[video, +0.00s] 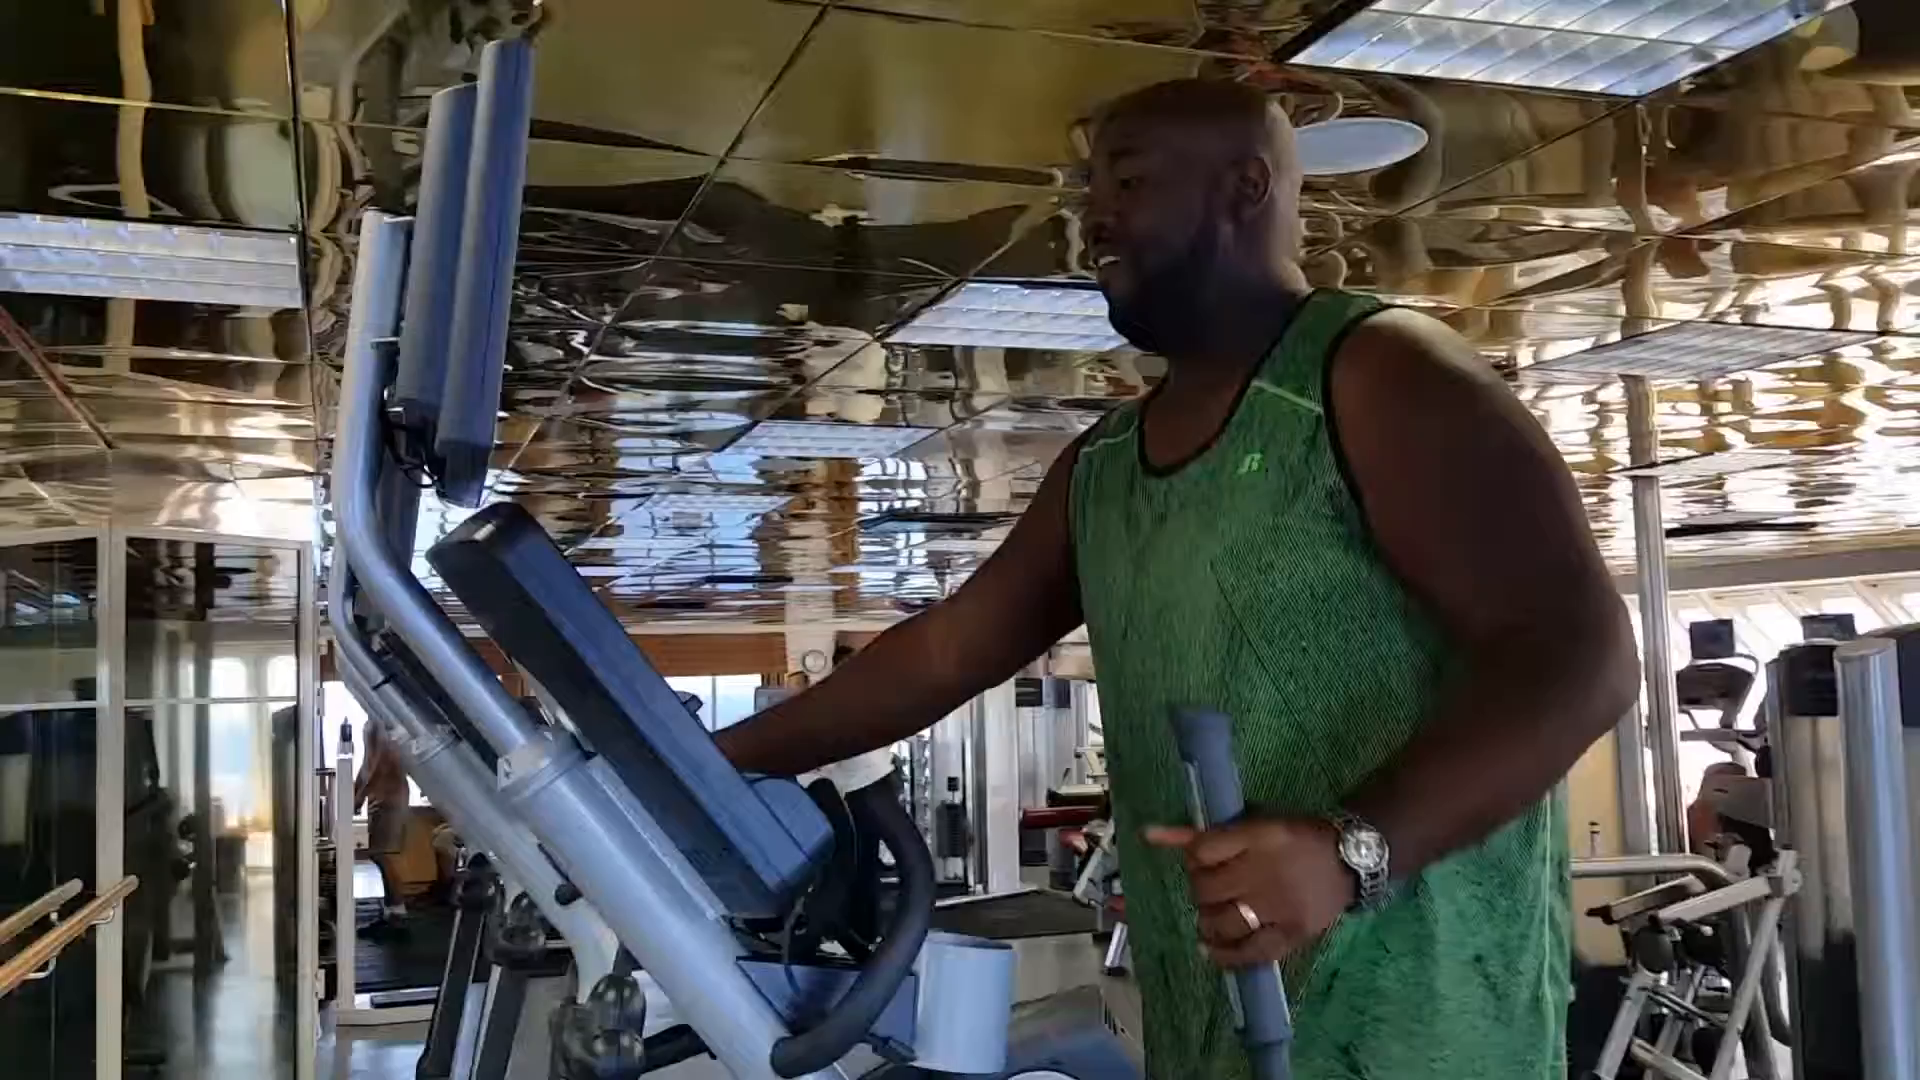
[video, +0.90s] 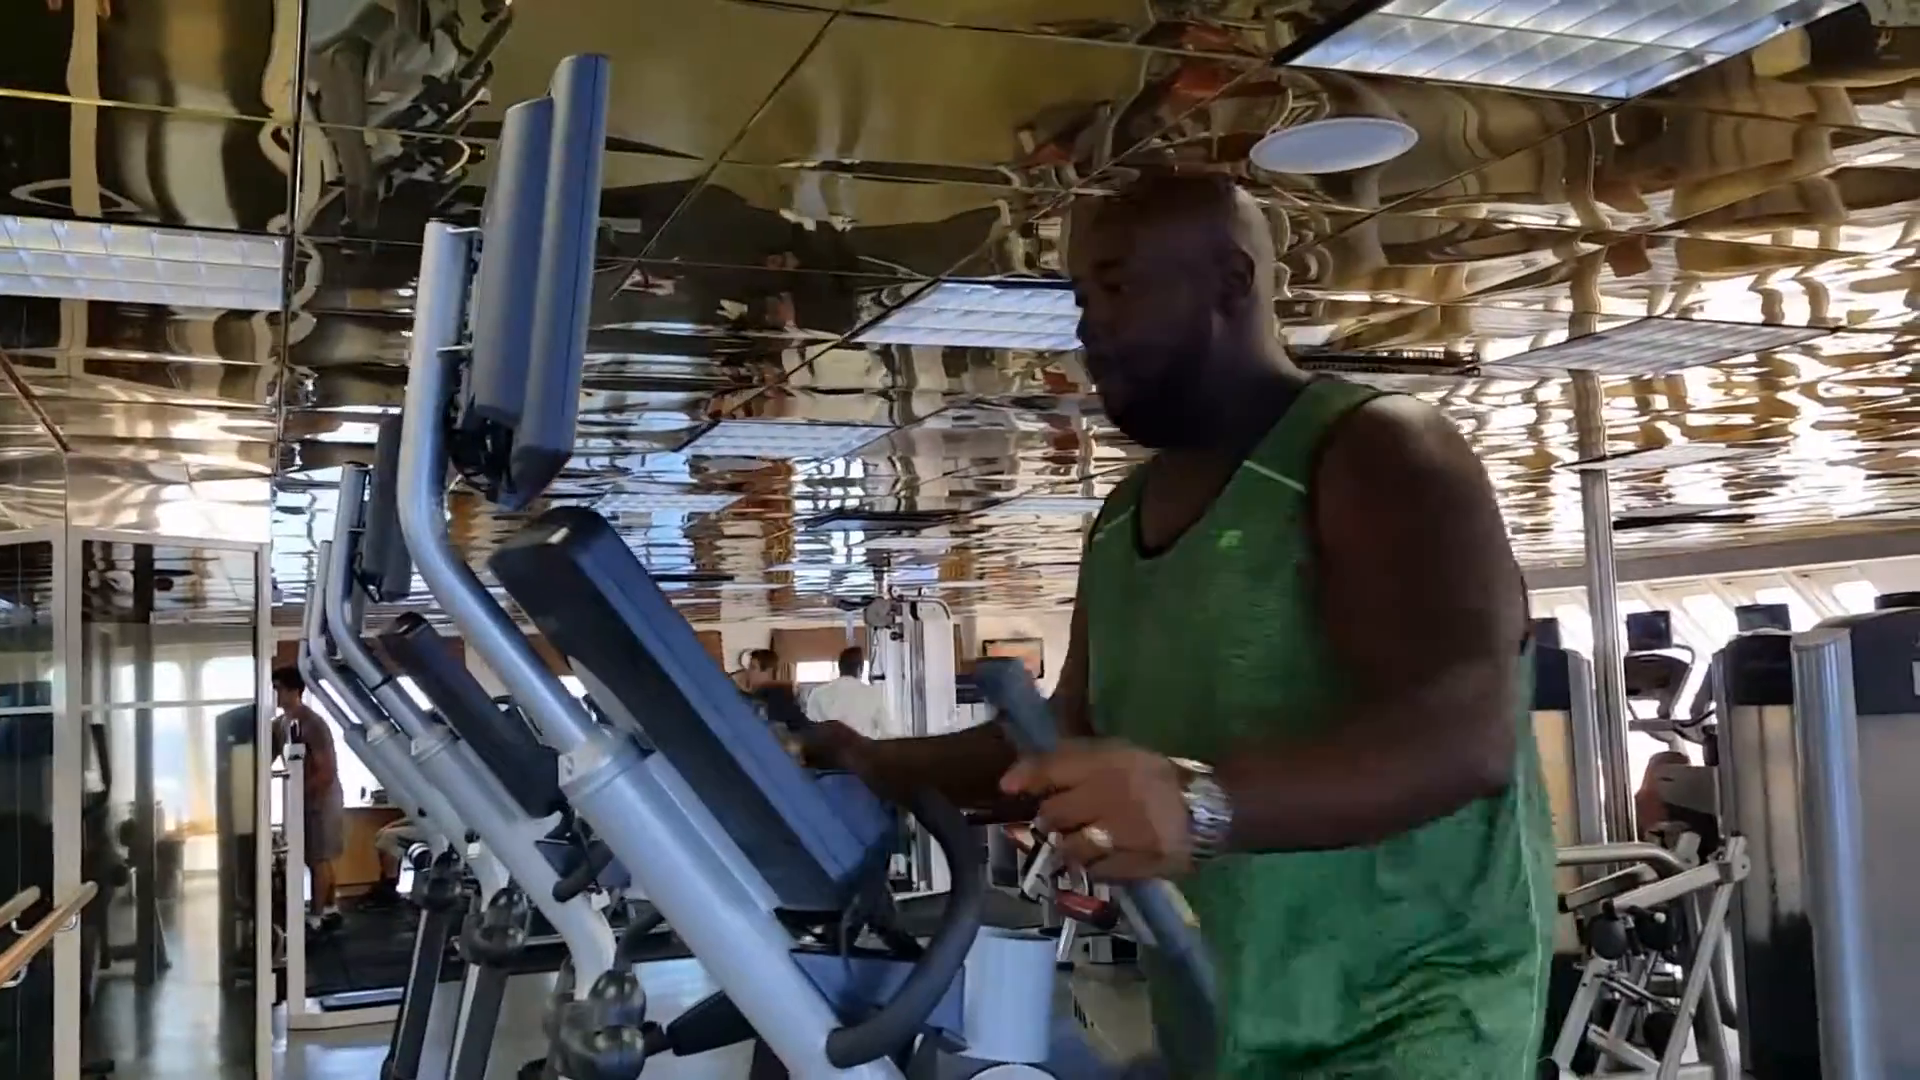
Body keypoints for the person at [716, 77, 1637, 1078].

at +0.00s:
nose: (1092, 212)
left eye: (1124, 174)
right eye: (1092, 186)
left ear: (1244, 194)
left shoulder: (1382, 369)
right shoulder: (1102, 466)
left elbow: (1578, 652)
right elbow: (936, 655)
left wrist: (1355, 853)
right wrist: (709, 763)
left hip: (1421, 1017)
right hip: (1199, 1022)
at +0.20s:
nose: (1111, 249)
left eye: (1143, 210)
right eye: (1111, 219)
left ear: (1273, 226)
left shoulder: (1423, 423)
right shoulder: (1143, 489)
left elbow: (1567, 719)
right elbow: (1024, 681)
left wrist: (1266, 826)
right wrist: (798, 751)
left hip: (1448, 1045)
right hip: (1195, 1046)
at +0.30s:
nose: (1126, 294)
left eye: (1162, 251)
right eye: (1131, 262)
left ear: (1287, 260)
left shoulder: (1433, 456)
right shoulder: (1170, 511)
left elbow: (1495, 778)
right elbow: (1092, 717)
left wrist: (1168, 801)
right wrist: (866, 767)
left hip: (1453, 1052)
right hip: (1217, 1051)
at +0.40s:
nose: (1119, 309)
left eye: (1157, 271)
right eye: (1121, 278)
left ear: (1281, 277)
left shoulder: (1422, 463)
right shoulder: (1177, 504)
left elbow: (1404, 761)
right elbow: (1158, 705)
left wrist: (1077, 797)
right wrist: (1001, 783)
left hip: (1423, 1042)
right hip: (1206, 1038)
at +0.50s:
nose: (1097, 295)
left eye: (1129, 255)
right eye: (1095, 265)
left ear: (1254, 256)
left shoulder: (1396, 428)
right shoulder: (1168, 484)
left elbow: (1337, 700)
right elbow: (1182, 738)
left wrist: (1021, 788)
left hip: (1414, 1033)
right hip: (1207, 1024)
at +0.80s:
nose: (1070, 290)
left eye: (1098, 246)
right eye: (1069, 259)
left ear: (1214, 249)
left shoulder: (1366, 415)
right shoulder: (1127, 474)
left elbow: (1357, 681)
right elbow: (1132, 679)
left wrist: (1092, 786)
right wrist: (988, 776)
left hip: (1408, 1006)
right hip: (1221, 1008)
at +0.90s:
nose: (1087, 329)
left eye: (1115, 289)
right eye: (1081, 298)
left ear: (1232, 285)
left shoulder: (1388, 454)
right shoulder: (1122, 529)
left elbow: (1466, 733)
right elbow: (1068, 748)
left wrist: (1204, 803)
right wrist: (885, 768)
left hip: (1414, 1020)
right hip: (1214, 1026)